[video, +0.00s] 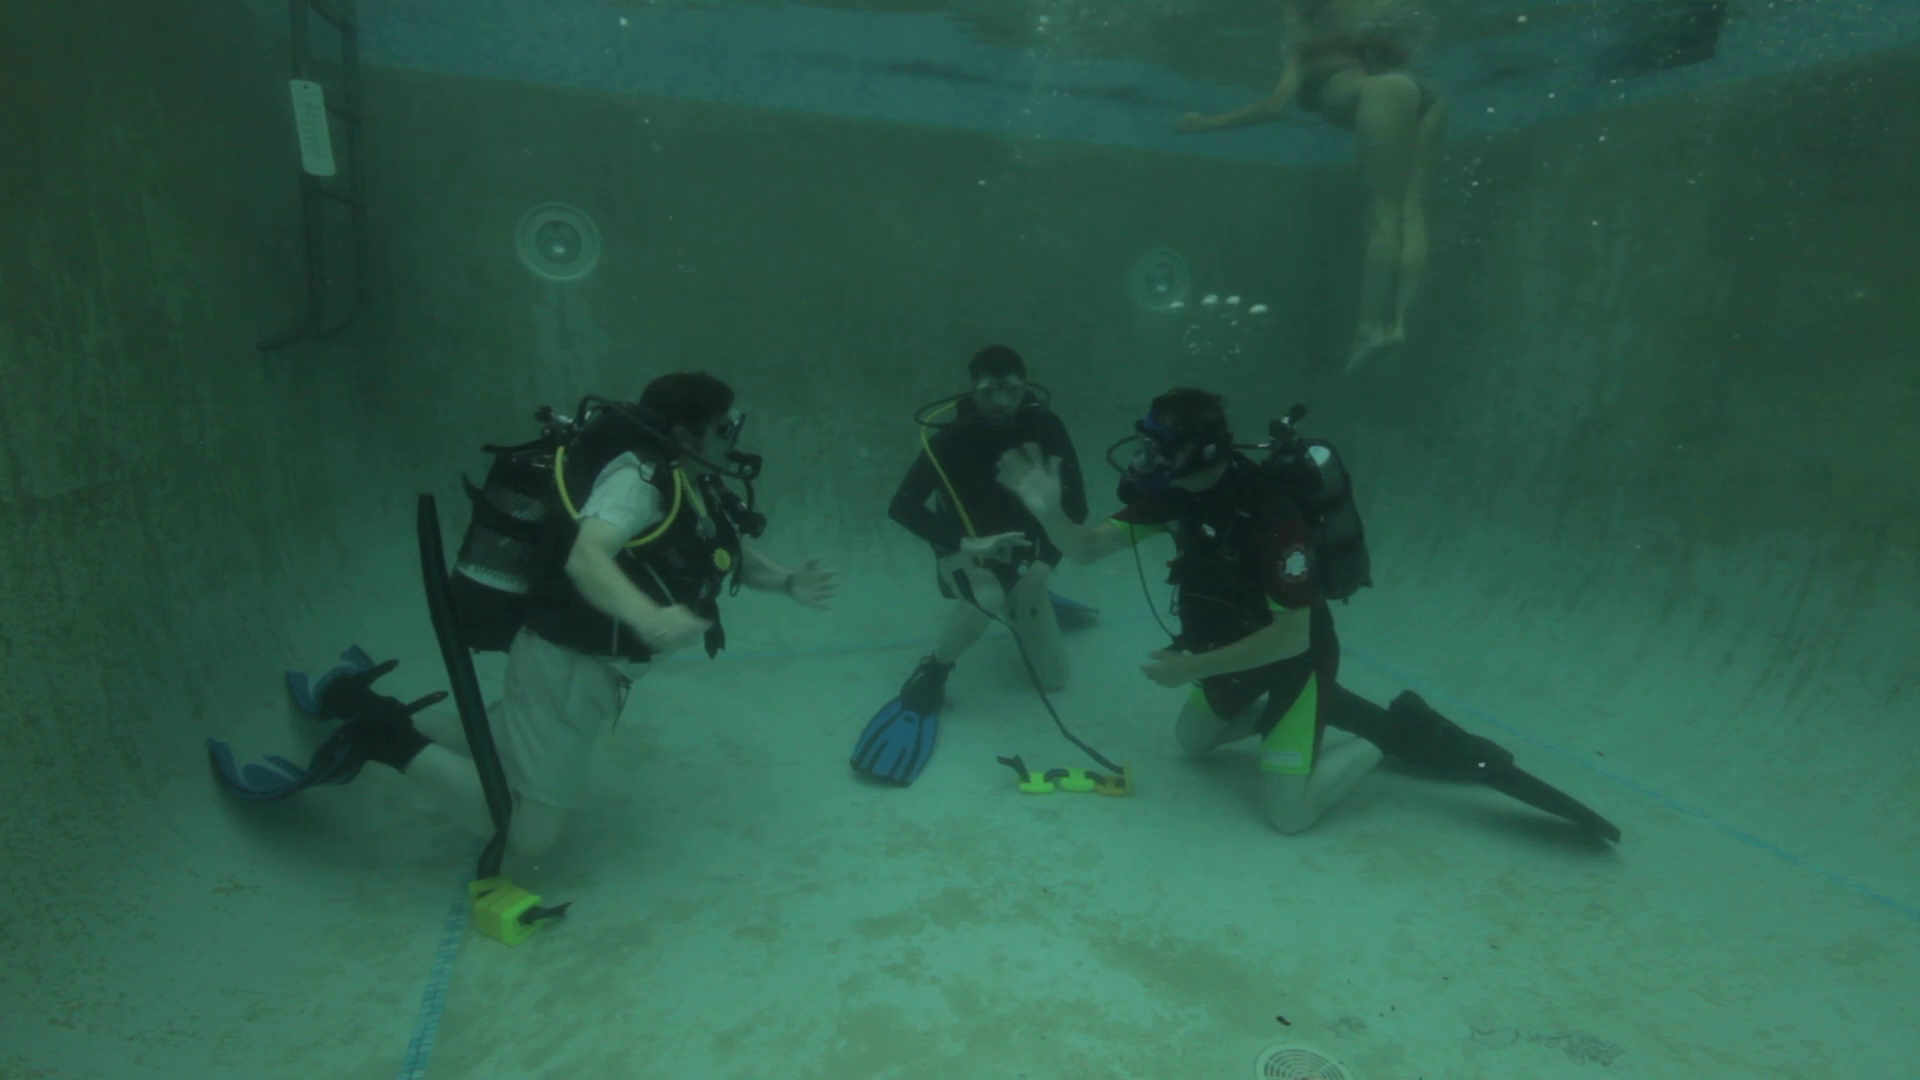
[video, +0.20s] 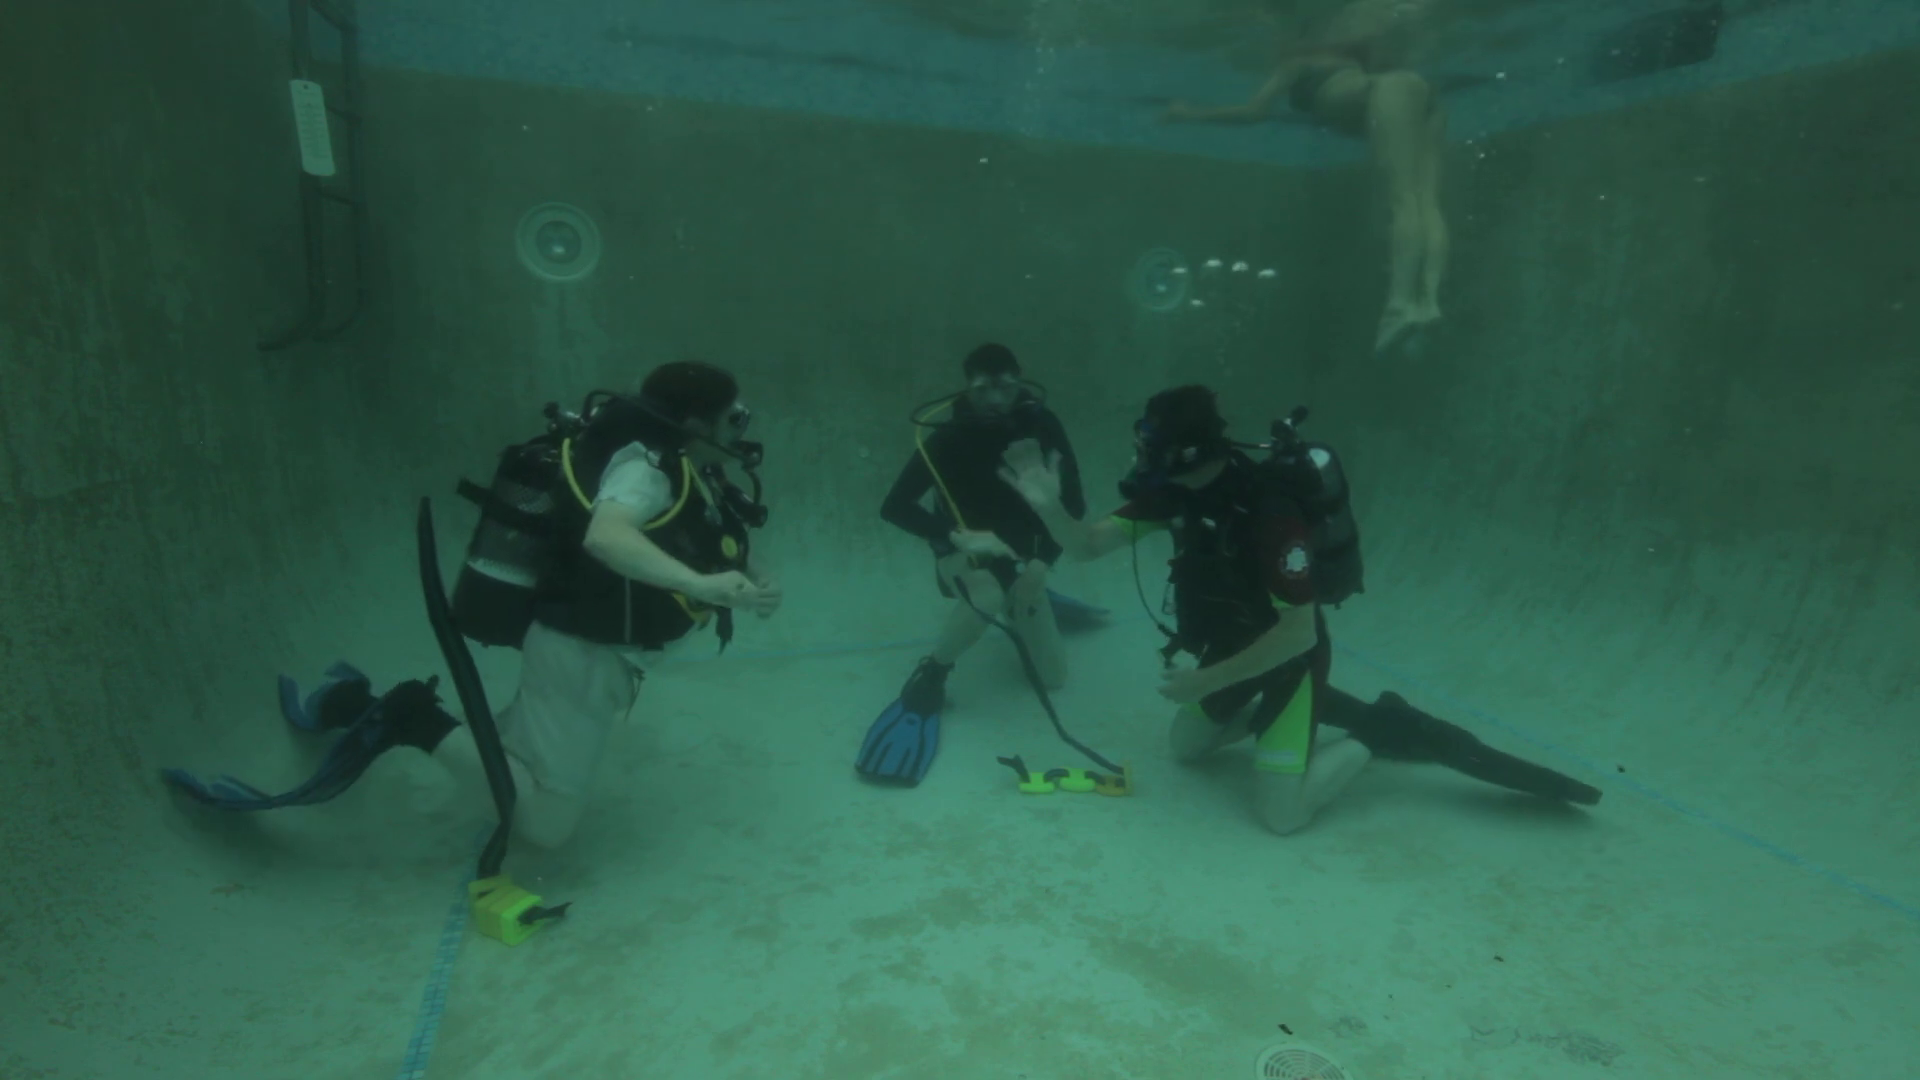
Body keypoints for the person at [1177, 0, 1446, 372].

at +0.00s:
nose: (1285, 30)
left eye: (1289, 22)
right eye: (1286, 23)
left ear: (1303, 21)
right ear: (1327, 22)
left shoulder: (1304, 49)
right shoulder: (1351, 45)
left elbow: (1277, 106)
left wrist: (1210, 123)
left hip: (1383, 92)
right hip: (1426, 96)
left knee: (1383, 211)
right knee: (1414, 210)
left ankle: (1372, 327)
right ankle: (1399, 324)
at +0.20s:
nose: (1270, 58)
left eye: (1275, 55)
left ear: (1290, 48)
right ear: (1318, 47)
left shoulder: (1298, 64)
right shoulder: (1348, 64)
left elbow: (1254, 112)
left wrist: (1191, 114)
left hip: (1388, 91)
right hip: (1424, 96)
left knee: (1404, 201)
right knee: (1429, 201)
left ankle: (1401, 304)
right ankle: (1429, 303)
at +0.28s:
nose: (1273, 52)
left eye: (1276, 46)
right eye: (1274, 47)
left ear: (1290, 44)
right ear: (1314, 41)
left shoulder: (1295, 65)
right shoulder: (1342, 62)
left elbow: (1253, 112)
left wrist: (1197, 113)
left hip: (1390, 96)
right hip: (1418, 96)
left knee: (1413, 199)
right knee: (1434, 202)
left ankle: (1421, 294)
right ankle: (1450, 294)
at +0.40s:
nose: (1269, 56)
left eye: (1273, 50)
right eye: (1270, 52)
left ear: (1289, 47)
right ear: (1305, 47)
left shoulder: (1297, 68)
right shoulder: (1325, 65)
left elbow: (1257, 113)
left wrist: (1213, 129)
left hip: (1384, 108)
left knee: (1418, 189)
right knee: (1425, 193)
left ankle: (1455, 279)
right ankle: (1478, 282)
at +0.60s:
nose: (1306, 62)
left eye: (1315, 55)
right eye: (1306, 57)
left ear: (1334, 56)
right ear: (1316, 61)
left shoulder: (1333, 79)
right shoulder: (1311, 104)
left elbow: (1286, 123)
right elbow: (1287, 122)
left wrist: (1249, 159)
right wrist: (1255, 119)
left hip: (1396, 128)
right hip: (1371, 163)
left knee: (1398, 187)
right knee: (1402, 224)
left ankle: (1481, 260)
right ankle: (1492, 268)